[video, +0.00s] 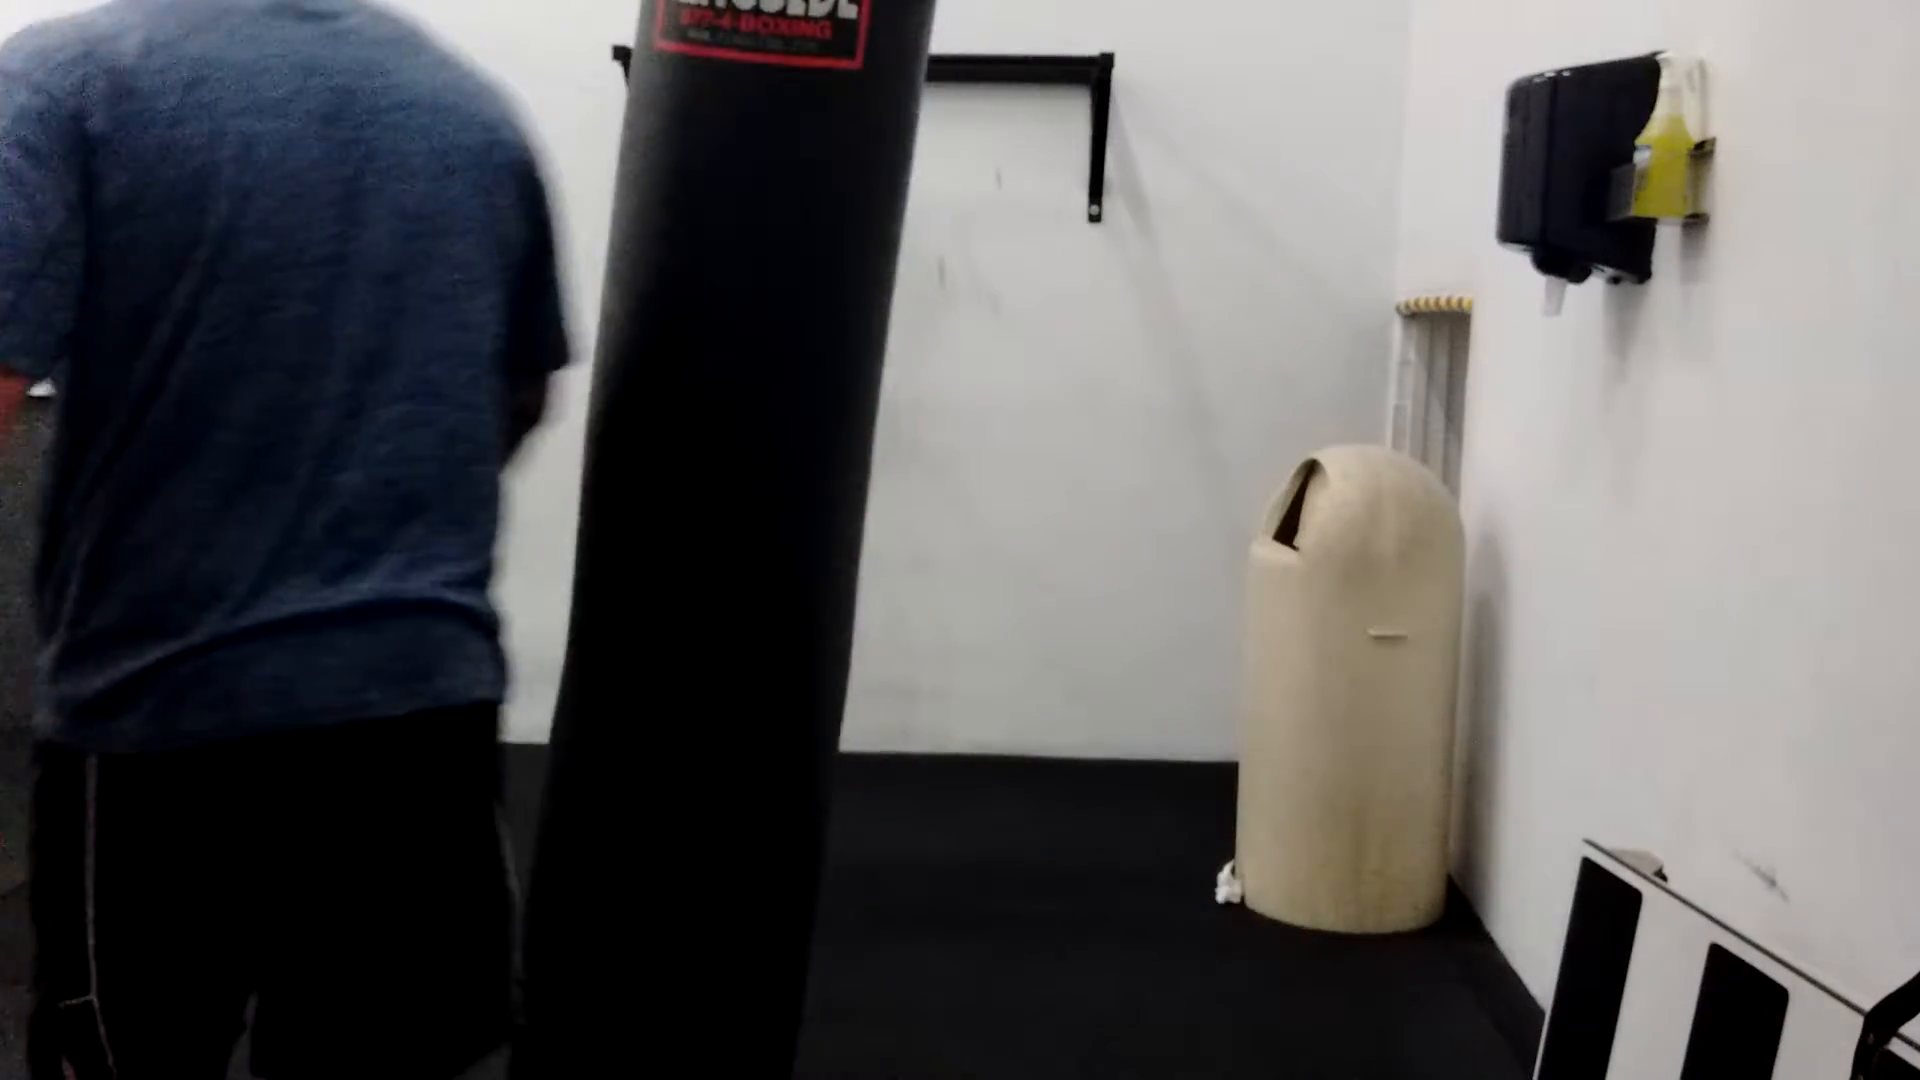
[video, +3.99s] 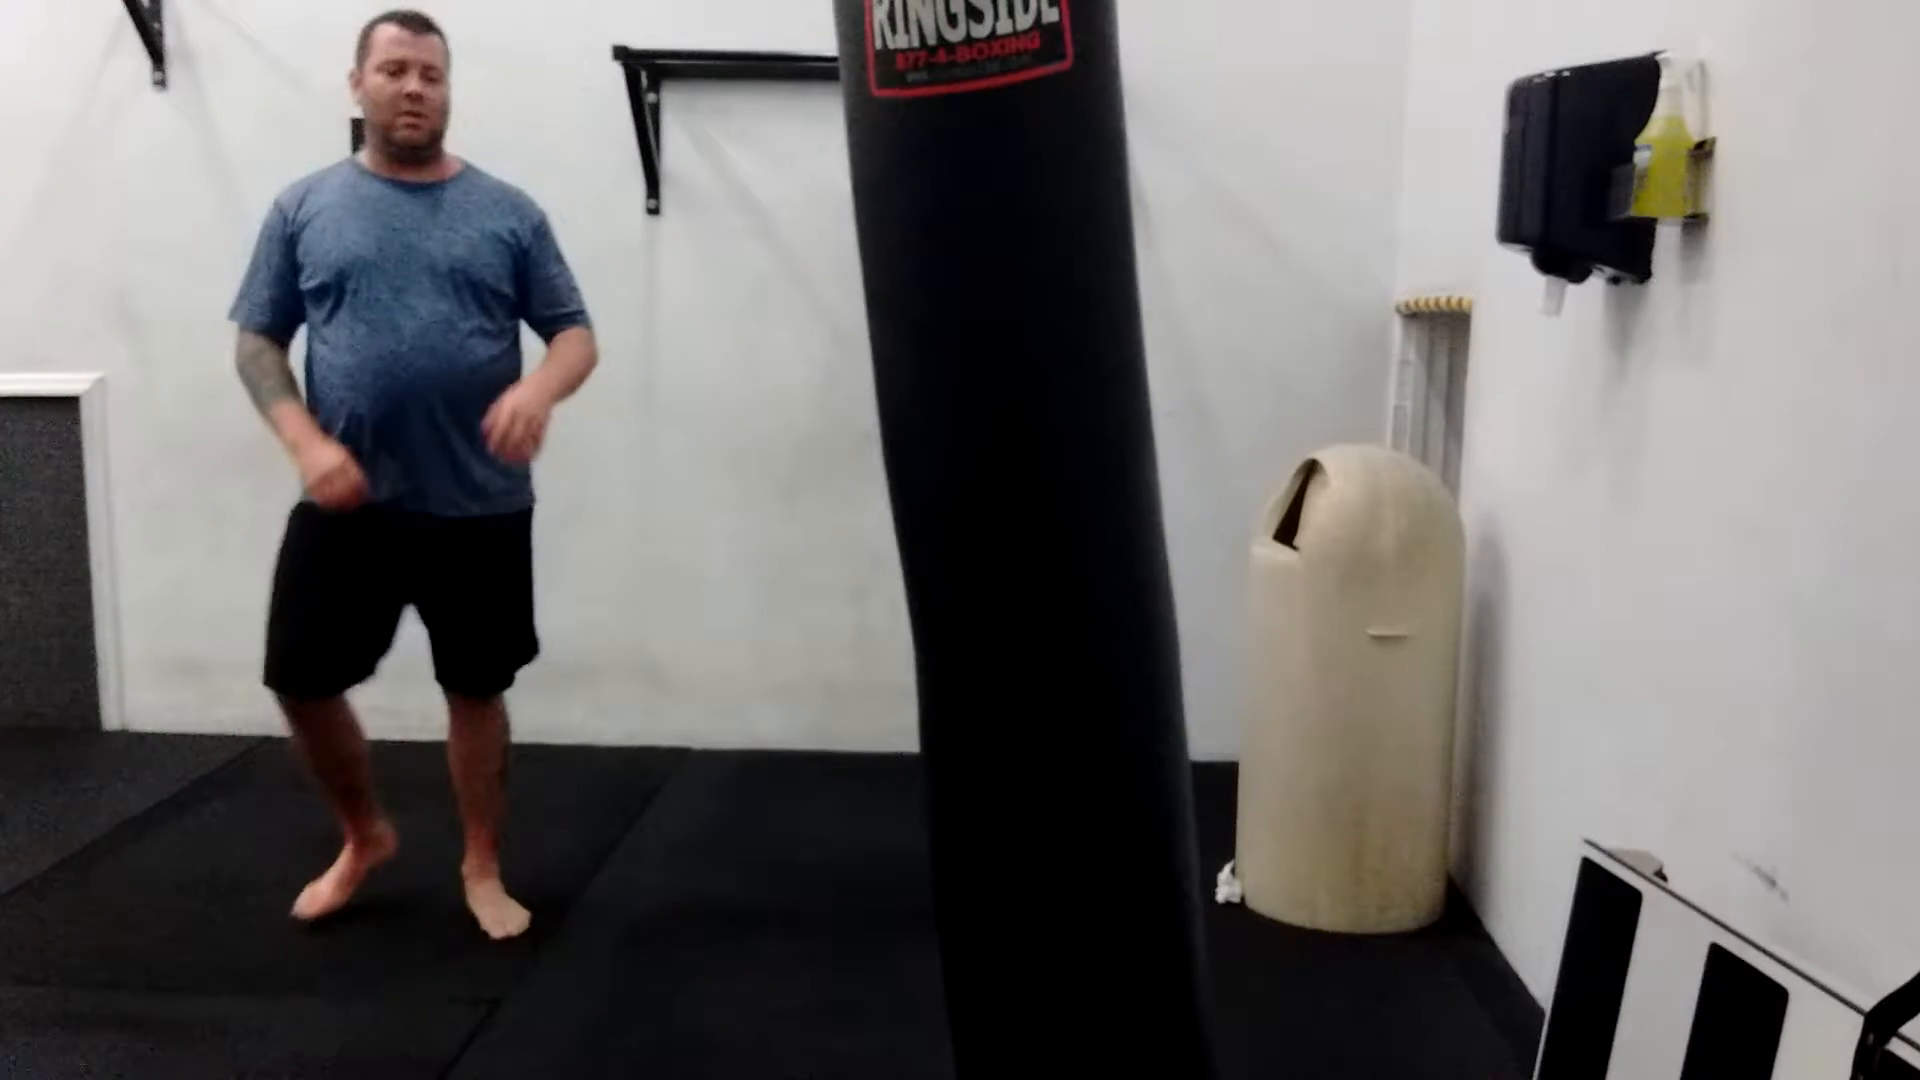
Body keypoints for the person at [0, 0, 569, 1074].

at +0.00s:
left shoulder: (60, 75)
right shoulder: (462, 96)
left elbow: (4, 392)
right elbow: (521, 394)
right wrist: (372, 501)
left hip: (148, 721)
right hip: (424, 713)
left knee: (133, 1054)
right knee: (403, 1054)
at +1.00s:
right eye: (118, 15)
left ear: (6, 14)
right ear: (111, 11)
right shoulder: (192, 152)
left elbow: (284, 372)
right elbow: (286, 374)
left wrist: (340, 555)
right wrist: (342, 555)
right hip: (131, 579)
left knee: (92, 879)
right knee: (96, 878)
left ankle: (91, 1063)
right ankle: (93, 1072)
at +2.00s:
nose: (254, 54)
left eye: (251, 33)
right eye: (231, 32)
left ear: (157, 50)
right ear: (152, 44)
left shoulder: (122, 158)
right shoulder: (160, 183)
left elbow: (185, 336)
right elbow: (187, 384)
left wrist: (301, 402)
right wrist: (262, 553)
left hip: (134, 519)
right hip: (202, 534)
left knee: (157, 742)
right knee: (247, 752)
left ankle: (81, 968)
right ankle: (241, 975)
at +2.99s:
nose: (392, 76)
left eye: (412, 64)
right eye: (375, 59)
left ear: (435, 87)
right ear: (340, 75)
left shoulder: (489, 214)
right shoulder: (279, 198)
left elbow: (550, 344)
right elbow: (229, 344)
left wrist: (505, 367)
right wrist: (199, 484)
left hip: (440, 504)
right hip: (309, 500)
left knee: (428, 708)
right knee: (276, 693)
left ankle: (434, 911)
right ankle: (332, 849)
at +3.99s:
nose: (415, 87)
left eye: (431, 74)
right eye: (394, 72)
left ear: (450, 95)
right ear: (357, 90)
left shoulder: (509, 214)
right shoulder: (306, 208)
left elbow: (575, 338)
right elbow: (256, 346)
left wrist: (537, 392)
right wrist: (309, 445)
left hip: (478, 501)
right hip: (348, 500)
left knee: (478, 693)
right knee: (303, 681)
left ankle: (483, 872)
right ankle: (365, 836)